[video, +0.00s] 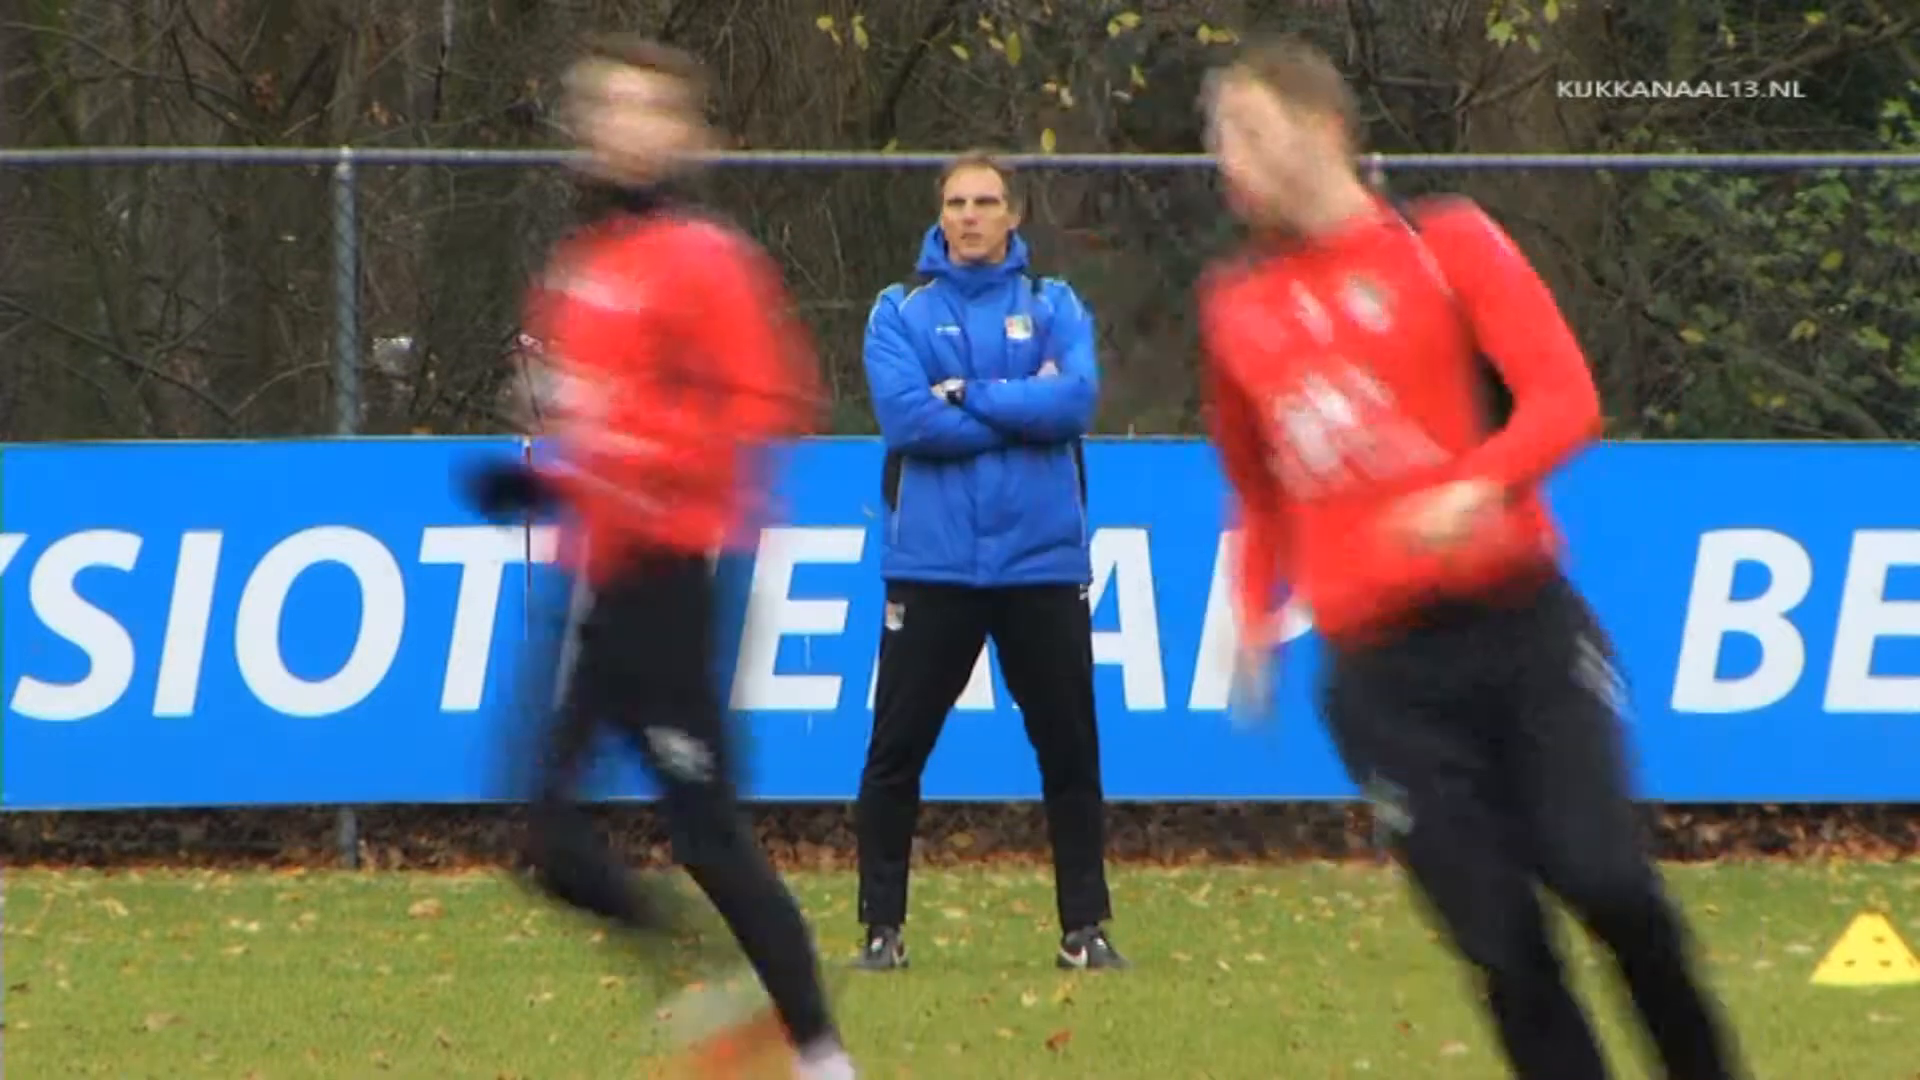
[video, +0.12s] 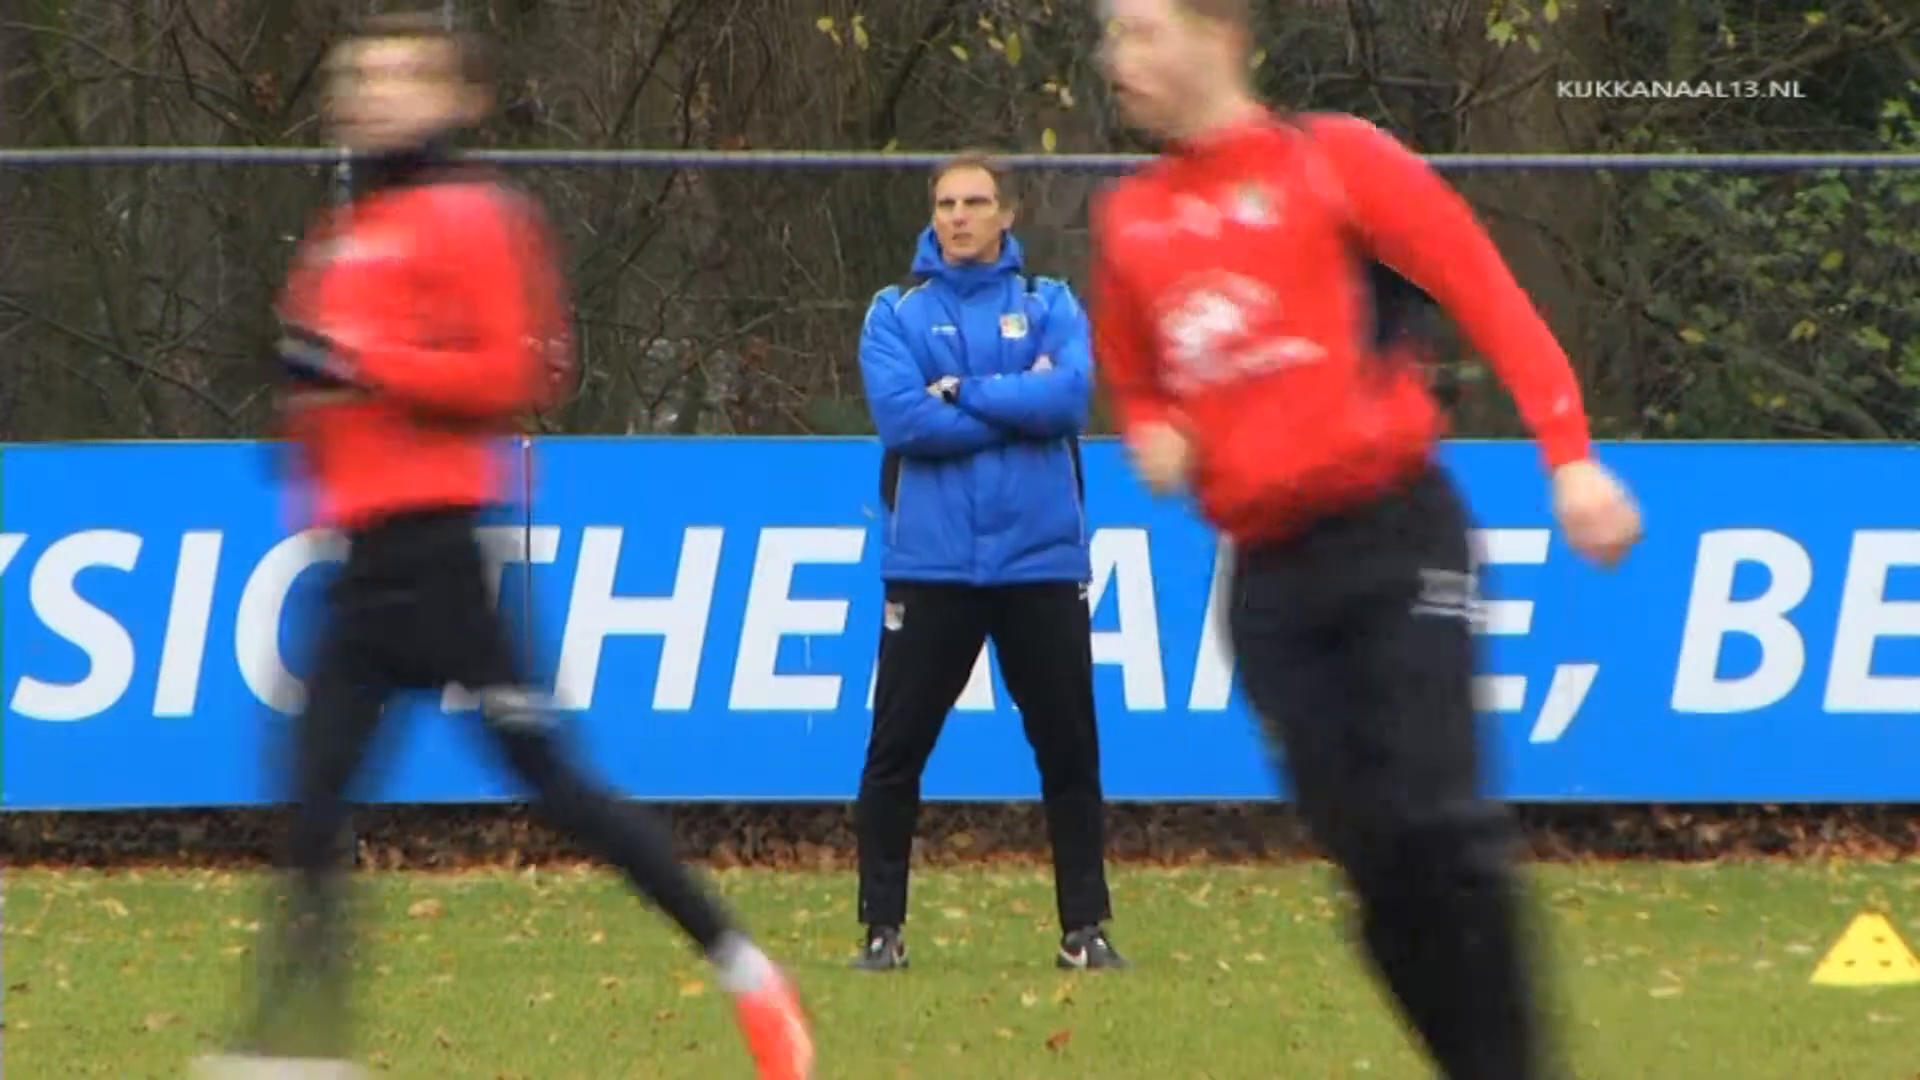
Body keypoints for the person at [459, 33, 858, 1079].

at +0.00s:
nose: (622, 127)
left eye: (646, 110)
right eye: (607, 107)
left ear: (685, 133)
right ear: (580, 127)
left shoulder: (704, 255)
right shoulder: (588, 254)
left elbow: (759, 413)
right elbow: (610, 423)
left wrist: (631, 461)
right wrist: (538, 478)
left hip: (673, 563)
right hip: (609, 560)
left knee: (698, 815)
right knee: (550, 832)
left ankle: (817, 1043)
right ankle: (704, 958)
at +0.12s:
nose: (374, 94)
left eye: (401, 76)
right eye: (362, 76)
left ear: (458, 98)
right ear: (341, 94)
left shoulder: (476, 211)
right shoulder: (347, 224)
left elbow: (525, 377)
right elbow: (332, 405)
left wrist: (366, 362)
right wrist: (300, 382)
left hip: (446, 539)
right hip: (377, 541)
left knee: (547, 773)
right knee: (316, 778)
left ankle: (737, 960)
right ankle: (306, 1026)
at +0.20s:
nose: (214, 159)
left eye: (235, 141)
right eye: (205, 144)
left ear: (276, 150)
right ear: (199, 161)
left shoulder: (326, 245)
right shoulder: (172, 270)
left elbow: (359, 405)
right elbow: (182, 443)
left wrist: (222, 369)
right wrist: (140, 483)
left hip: (300, 579)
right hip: (210, 589)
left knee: (435, 792)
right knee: (144, 827)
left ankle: (641, 945)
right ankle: (83, 1052)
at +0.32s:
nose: (13, 187)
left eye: (34, 165)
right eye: (5, 165)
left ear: (87, 185)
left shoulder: (122, 320)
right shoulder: (6, 316)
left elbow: (155, 489)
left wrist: (44, 503)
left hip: (57, 623)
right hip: (9, 624)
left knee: (135, 839)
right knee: (131, 838)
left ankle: (327, 1031)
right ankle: (319, 1026)